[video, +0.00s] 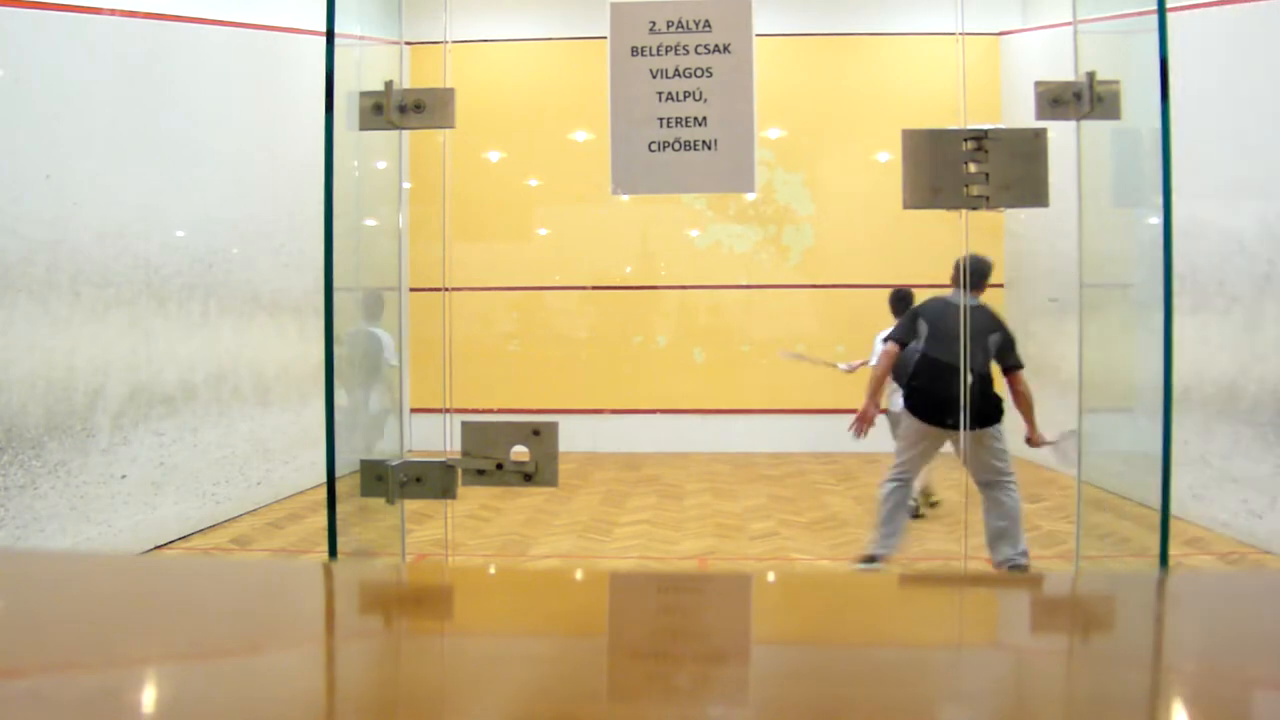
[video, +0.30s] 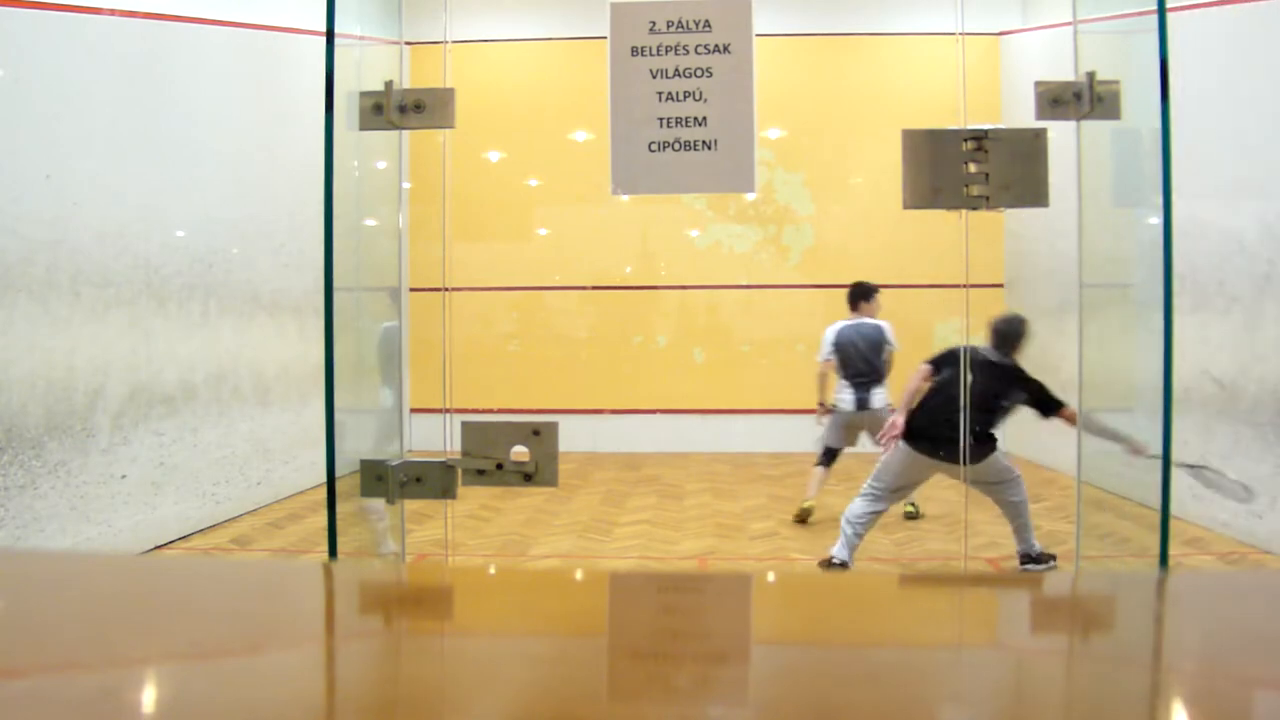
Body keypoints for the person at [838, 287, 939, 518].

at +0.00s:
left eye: (895, 306)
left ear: (892, 308)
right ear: (913, 307)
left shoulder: (885, 337)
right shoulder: (922, 333)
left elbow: (879, 365)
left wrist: (873, 401)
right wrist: (861, 363)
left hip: (896, 403)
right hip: (921, 401)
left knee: (906, 452)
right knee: (914, 451)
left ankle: (922, 490)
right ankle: (914, 495)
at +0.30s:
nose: (878, 305)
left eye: (878, 300)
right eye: (875, 301)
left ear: (853, 304)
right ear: (863, 304)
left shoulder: (834, 330)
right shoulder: (883, 328)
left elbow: (824, 369)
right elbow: (888, 364)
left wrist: (822, 402)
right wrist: (876, 382)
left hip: (845, 404)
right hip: (877, 402)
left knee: (827, 455)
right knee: (897, 451)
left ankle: (809, 499)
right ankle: (908, 501)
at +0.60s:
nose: (836, 291)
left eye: (835, 286)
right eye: (834, 286)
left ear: (809, 288)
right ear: (824, 287)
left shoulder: (787, 313)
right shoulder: (837, 315)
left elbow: (768, 348)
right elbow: (842, 355)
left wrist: (761, 383)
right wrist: (832, 380)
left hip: (787, 388)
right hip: (819, 390)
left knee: (783, 446)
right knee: (818, 453)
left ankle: (777, 500)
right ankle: (804, 505)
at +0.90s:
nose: (794, 319)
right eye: (794, 316)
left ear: (771, 316)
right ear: (794, 317)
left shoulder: (750, 343)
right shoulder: (792, 346)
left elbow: (732, 380)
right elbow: (797, 391)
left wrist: (727, 412)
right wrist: (803, 417)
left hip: (734, 418)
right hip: (764, 420)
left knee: (723, 478)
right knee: (797, 468)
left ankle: (693, 528)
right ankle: (785, 525)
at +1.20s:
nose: (798, 311)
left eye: (795, 306)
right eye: (798, 307)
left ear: (773, 306)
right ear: (795, 309)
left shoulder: (751, 330)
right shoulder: (787, 337)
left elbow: (728, 371)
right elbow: (779, 381)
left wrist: (735, 401)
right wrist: (801, 414)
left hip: (730, 406)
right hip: (759, 409)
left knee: (730, 472)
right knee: (780, 473)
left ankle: (699, 519)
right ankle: (769, 534)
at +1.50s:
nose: (817, 321)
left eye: (818, 317)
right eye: (818, 317)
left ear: (794, 311)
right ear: (815, 315)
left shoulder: (772, 330)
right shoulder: (798, 335)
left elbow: (743, 356)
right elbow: (794, 368)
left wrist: (736, 378)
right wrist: (827, 377)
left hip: (740, 403)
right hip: (762, 407)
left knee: (756, 455)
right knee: (772, 472)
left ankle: (752, 509)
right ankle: (768, 534)